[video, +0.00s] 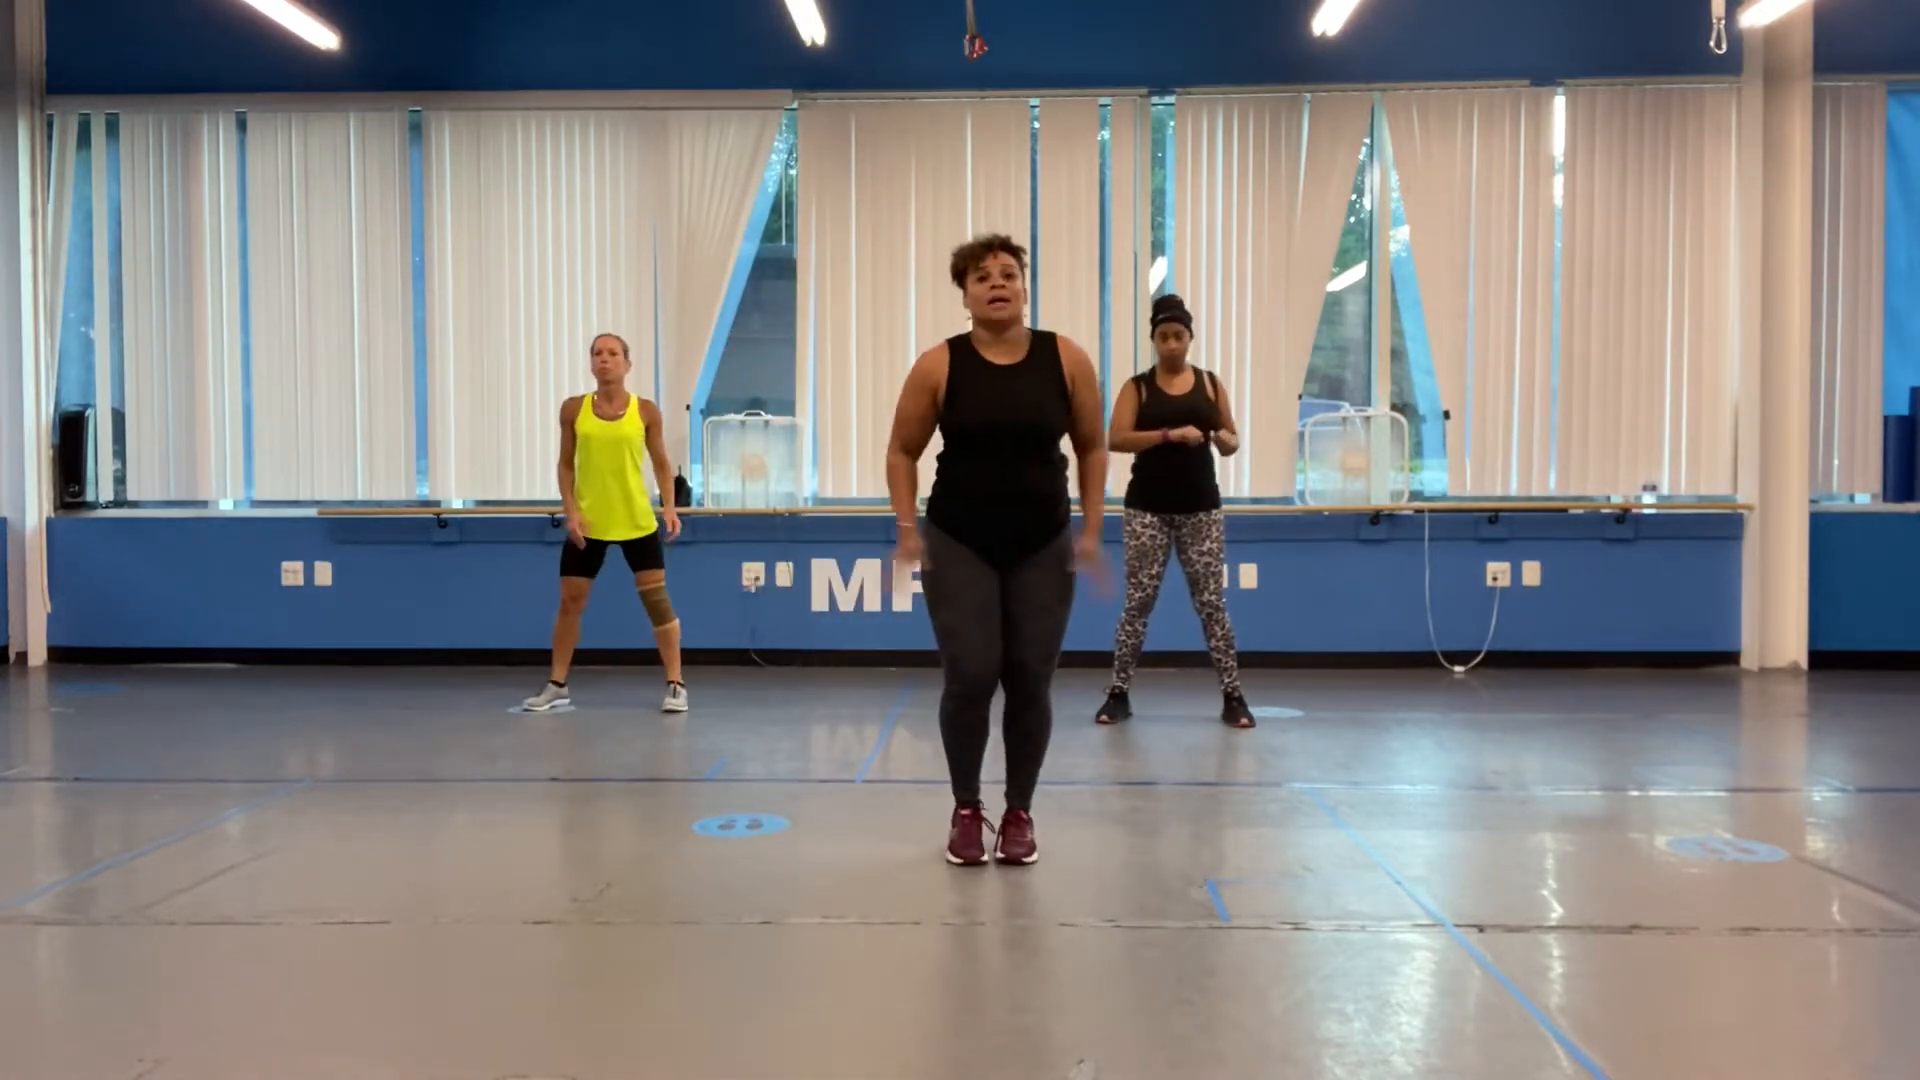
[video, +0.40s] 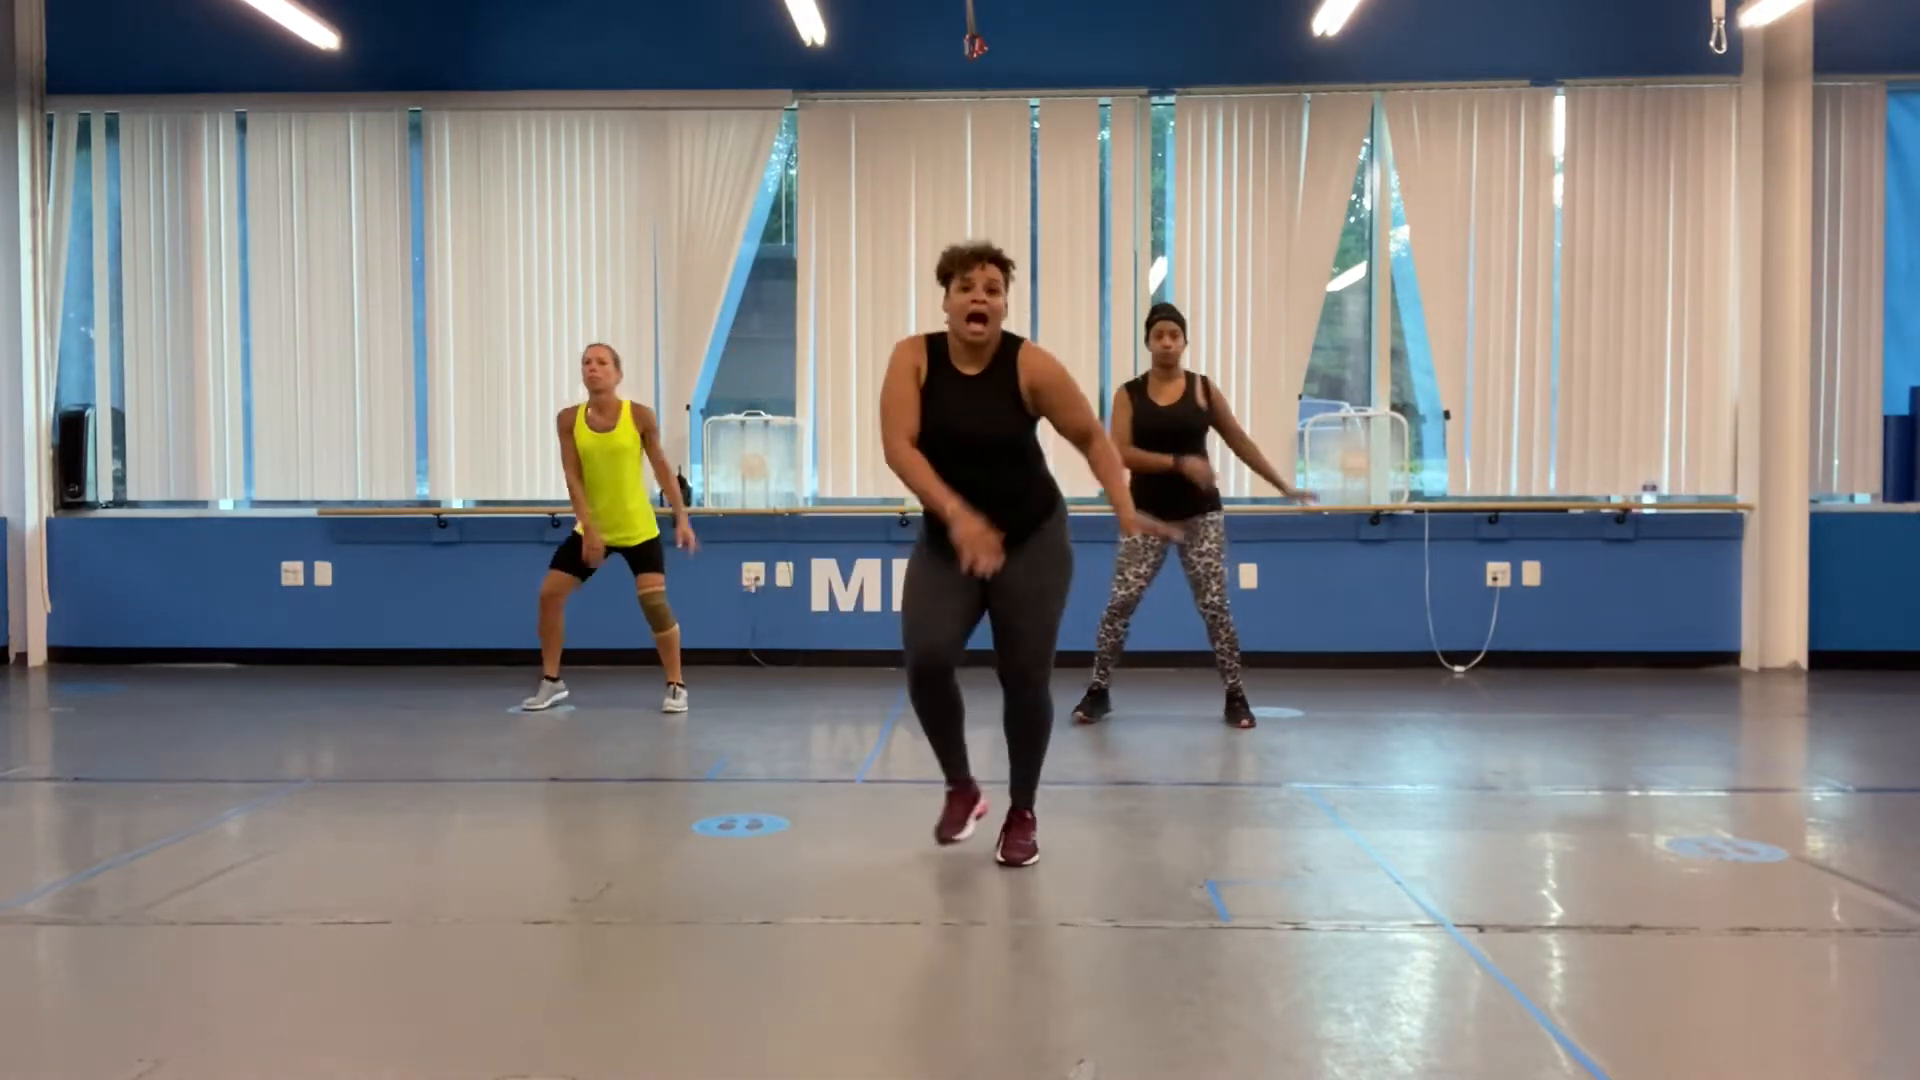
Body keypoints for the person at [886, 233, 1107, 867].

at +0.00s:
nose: (999, 285)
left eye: (1009, 276)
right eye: (984, 279)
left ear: (1025, 287)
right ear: (965, 295)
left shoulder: (1066, 360)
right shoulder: (938, 367)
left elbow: (1091, 447)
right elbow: (903, 451)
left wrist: (1091, 527)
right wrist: (908, 524)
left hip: (1044, 540)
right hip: (958, 540)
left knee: (1029, 679)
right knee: (971, 674)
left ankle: (1018, 815)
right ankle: (967, 809)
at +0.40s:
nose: (980, 301)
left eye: (992, 290)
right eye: (967, 288)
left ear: (1006, 302)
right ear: (945, 298)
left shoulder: (1034, 367)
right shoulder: (913, 359)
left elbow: (1091, 437)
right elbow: (898, 447)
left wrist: (1125, 508)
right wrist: (958, 514)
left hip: (1032, 534)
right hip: (948, 533)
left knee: (1025, 677)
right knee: (925, 661)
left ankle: (1022, 812)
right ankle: (961, 787)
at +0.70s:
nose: (967, 318)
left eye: (980, 307)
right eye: (954, 307)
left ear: (996, 319)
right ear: (934, 318)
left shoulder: (1023, 399)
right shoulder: (905, 375)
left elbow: (1027, 494)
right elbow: (834, 429)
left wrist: (1076, 505)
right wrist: (897, 466)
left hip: (997, 547)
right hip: (916, 549)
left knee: (979, 655)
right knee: (911, 679)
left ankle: (1046, 763)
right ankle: (925, 809)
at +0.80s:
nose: (968, 317)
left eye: (980, 307)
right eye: (955, 308)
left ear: (997, 317)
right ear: (936, 319)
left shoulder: (1025, 386)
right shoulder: (906, 372)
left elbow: (1040, 477)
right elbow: (821, 402)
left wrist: (1037, 495)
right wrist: (831, 473)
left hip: (1003, 547)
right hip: (918, 547)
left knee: (1009, 663)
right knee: (916, 683)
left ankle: (1021, 782)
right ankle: (924, 808)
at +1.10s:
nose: (975, 336)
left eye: (986, 324)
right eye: (961, 327)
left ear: (1005, 332)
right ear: (945, 339)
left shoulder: (1042, 391)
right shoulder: (922, 408)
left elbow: (1082, 470)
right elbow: (876, 482)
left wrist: (1009, 496)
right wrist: (817, 469)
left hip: (1026, 546)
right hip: (944, 545)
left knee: (1051, 669)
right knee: (947, 648)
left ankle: (1050, 805)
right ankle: (898, 754)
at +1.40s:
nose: (945, 317)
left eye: (948, 307)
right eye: (930, 308)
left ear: (952, 312)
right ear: (891, 317)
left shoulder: (976, 366)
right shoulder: (861, 383)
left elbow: (1051, 398)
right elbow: (857, 473)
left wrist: (1067, 432)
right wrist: (898, 476)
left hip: (986, 537)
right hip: (906, 543)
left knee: (1015, 664)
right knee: (854, 656)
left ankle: (1050, 798)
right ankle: (856, 783)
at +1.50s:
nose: (922, 317)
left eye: (924, 306)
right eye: (908, 308)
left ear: (927, 311)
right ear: (869, 319)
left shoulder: (950, 370)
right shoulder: (836, 380)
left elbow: (1022, 406)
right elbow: (831, 466)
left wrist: (1043, 423)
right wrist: (884, 464)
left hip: (951, 538)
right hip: (870, 546)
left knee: (988, 658)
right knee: (843, 673)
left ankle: (1025, 783)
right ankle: (853, 799)